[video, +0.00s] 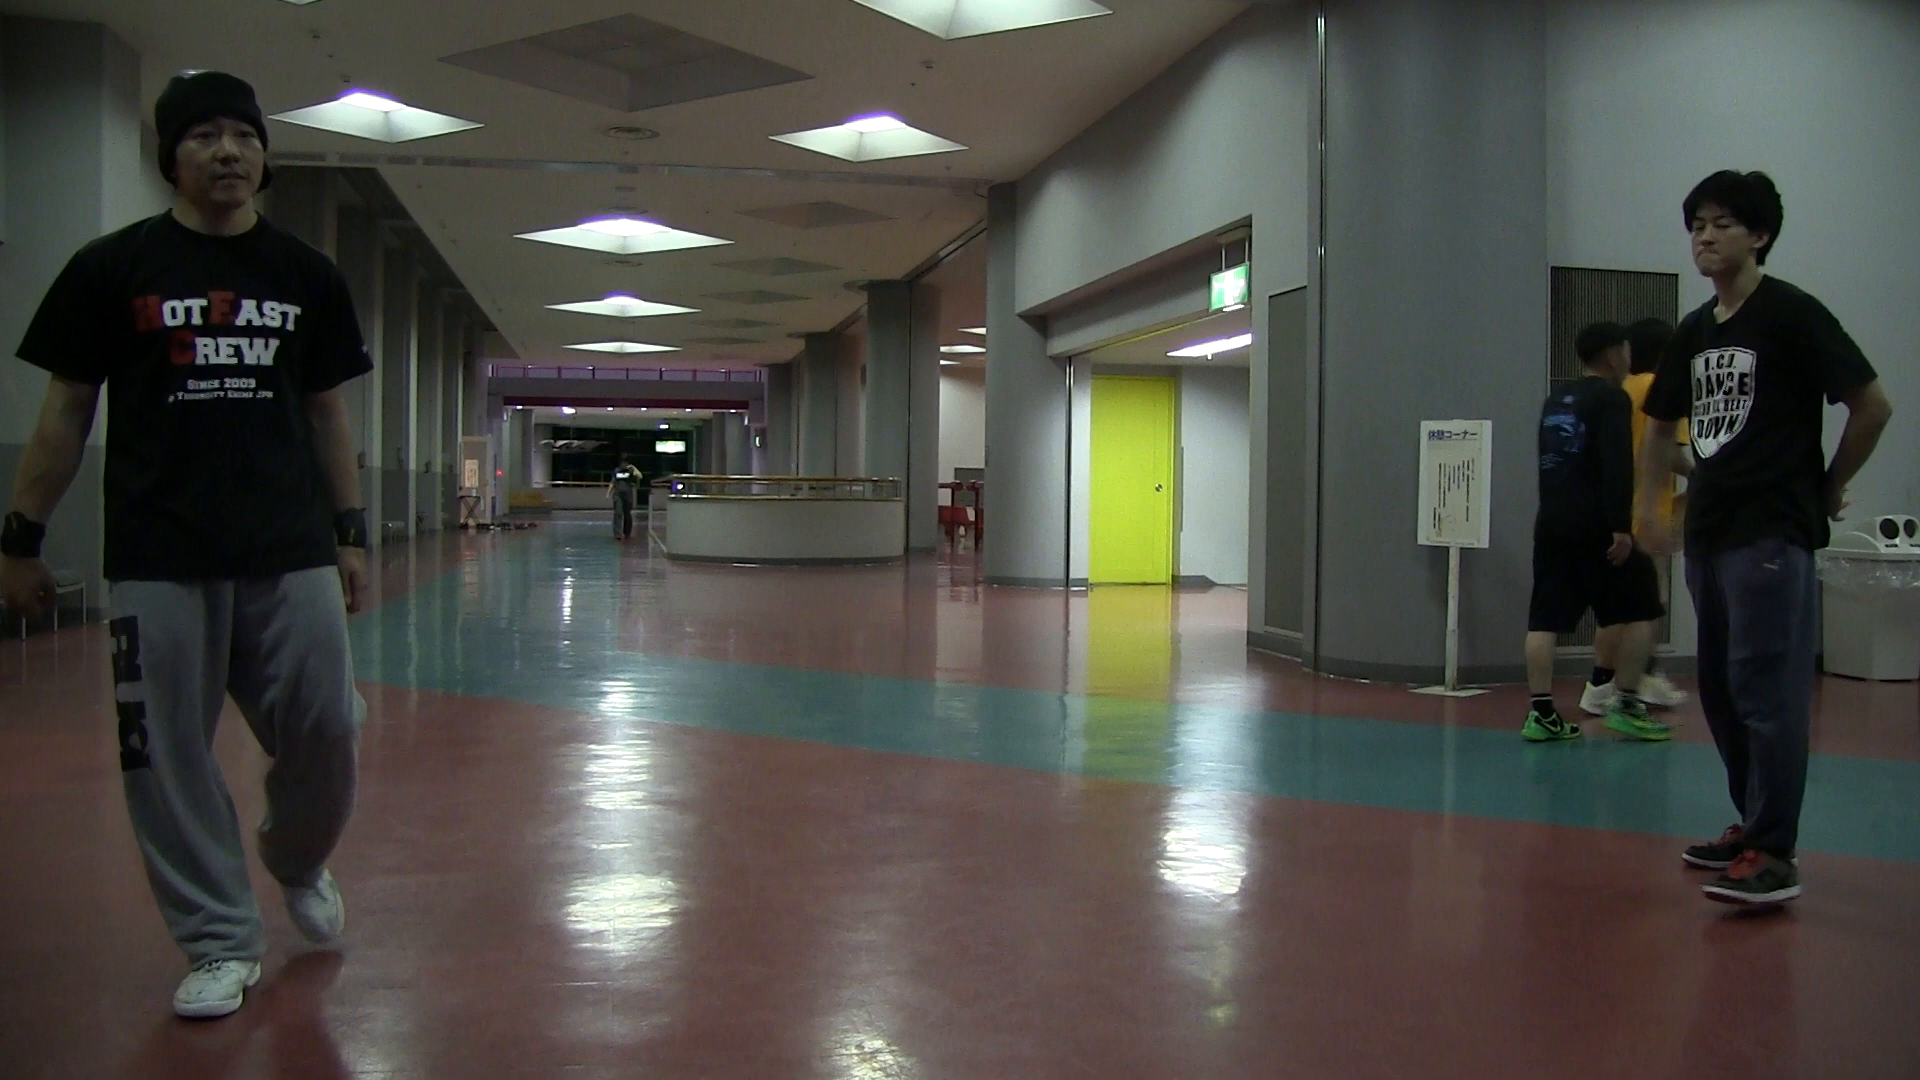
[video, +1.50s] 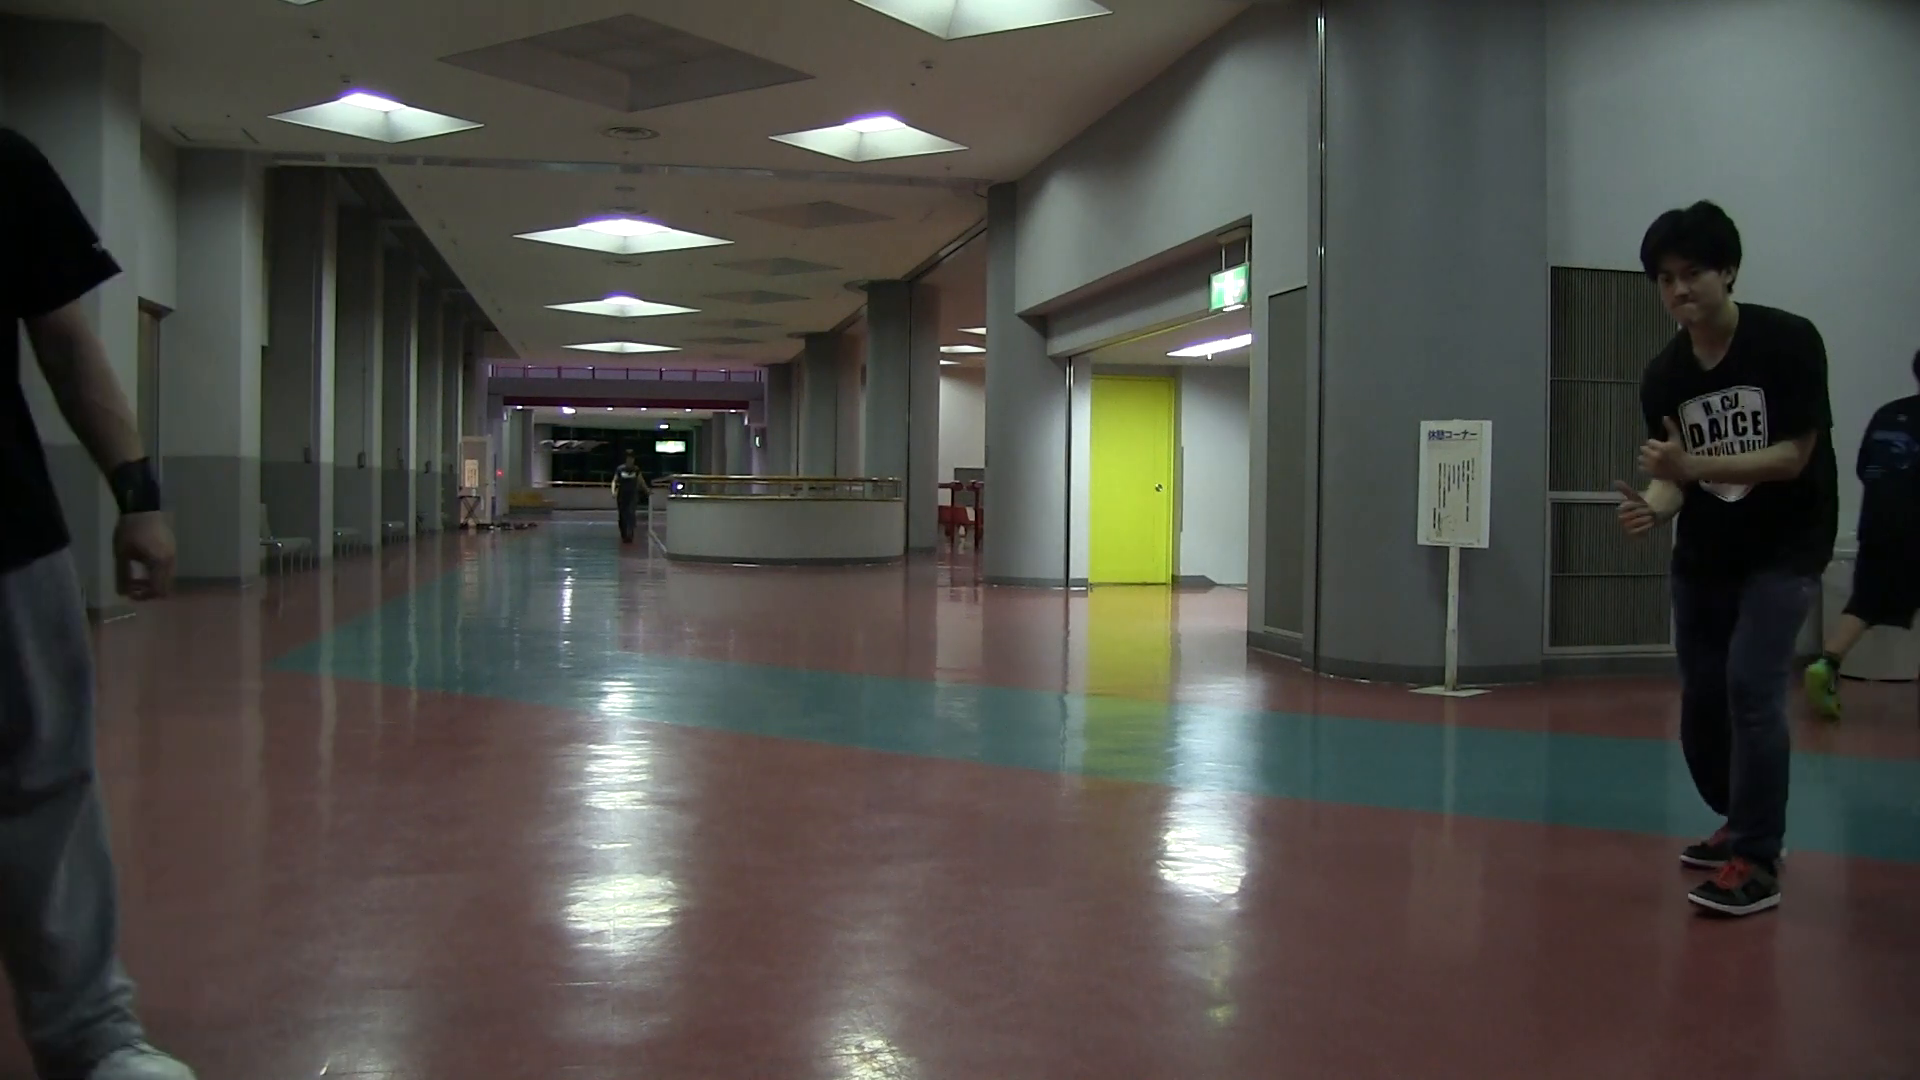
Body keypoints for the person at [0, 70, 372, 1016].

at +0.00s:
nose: (227, 148)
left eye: (241, 134)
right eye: (205, 135)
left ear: (265, 155)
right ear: (170, 156)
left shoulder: (307, 275)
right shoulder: (110, 269)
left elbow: (329, 411)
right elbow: (65, 414)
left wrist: (353, 532)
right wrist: (22, 536)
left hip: (287, 542)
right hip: (159, 551)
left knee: (328, 723)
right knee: (167, 752)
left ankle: (298, 860)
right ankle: (218, 942)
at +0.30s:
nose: (177, 130)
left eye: (196, 114)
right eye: (156, 116)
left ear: (231, 135)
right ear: (131, 143)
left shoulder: (298, 261)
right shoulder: (88, 263)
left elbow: (343, 404)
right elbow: (70, 403)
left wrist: (377, 529)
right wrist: (71, 525)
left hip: (267, 546)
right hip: (142, 554)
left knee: (270, 753)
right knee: (166, 760)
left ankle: (279, 986)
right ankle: (210, 951)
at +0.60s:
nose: (151, 96)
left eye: (175, 79)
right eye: (134, 81)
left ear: (222, 103)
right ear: (115, 107)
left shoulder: (285, 242)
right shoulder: (74, 238)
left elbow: (318, 398)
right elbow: (37, 393)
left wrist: (320, 547)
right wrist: (19, 529)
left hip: (226, 556)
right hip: (93, 554)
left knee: (216, 788)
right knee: (124, 779)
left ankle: (201, 1030)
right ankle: (210, 963)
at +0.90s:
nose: (100, 57)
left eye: (131, 37)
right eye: (84, 37)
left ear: (187, 69)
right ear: (63, 61)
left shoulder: (243, 205)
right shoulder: (27, 198)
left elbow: (260, 375)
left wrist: (205, 534)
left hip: (190, 552)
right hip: (39, 543)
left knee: (215, 803)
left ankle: (200, 1038)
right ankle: (15, 988)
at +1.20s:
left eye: (9, 28)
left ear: (46, 51)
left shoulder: (130, 192)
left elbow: (181, 359)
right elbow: (181, 358)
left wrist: (186, 512)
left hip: (94, 557)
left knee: (170, 810)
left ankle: (196, 1032)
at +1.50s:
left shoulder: (9, 165)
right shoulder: (14, 167)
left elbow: (67, 341)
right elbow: (68, 342)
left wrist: (138, 492)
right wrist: (136, 493)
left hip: (13, 536)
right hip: (15, 539)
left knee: (46, 782)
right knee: (45, 785)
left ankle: (89, 1029)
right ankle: (85, 1029)